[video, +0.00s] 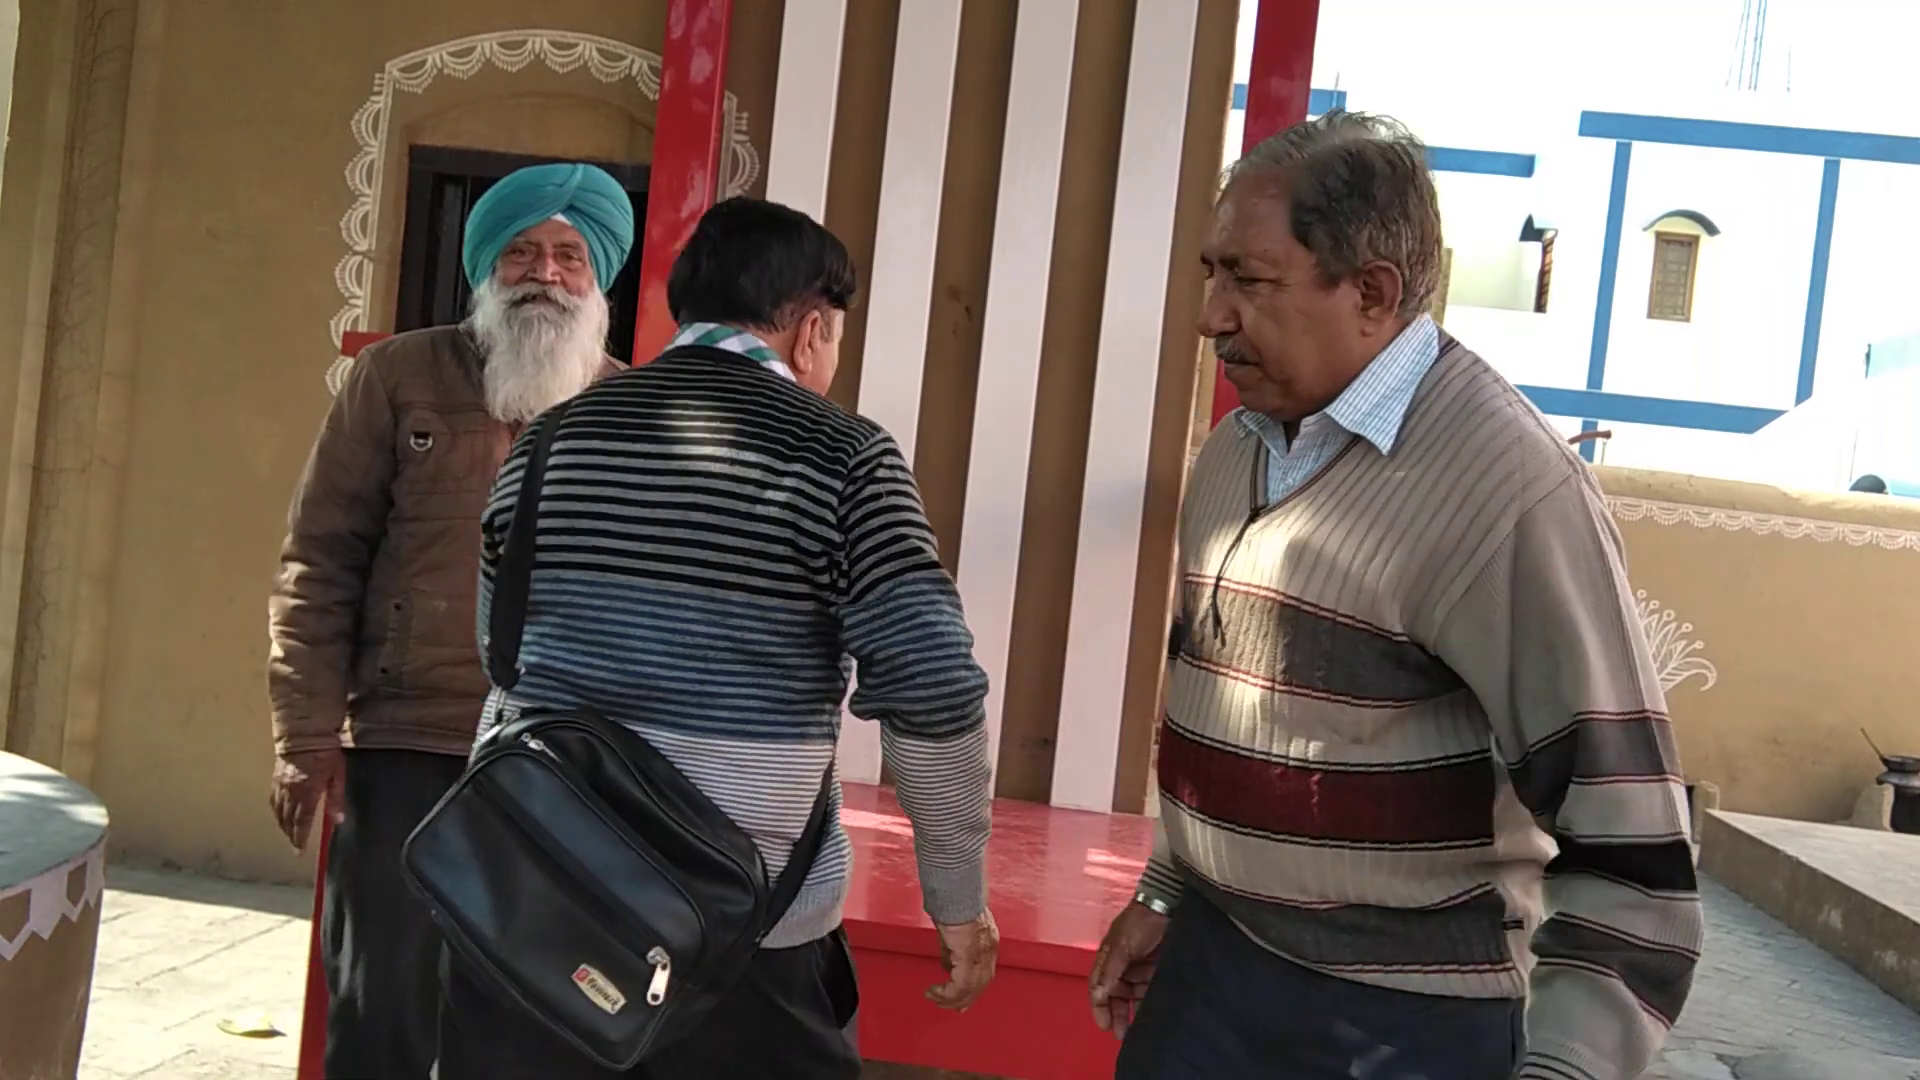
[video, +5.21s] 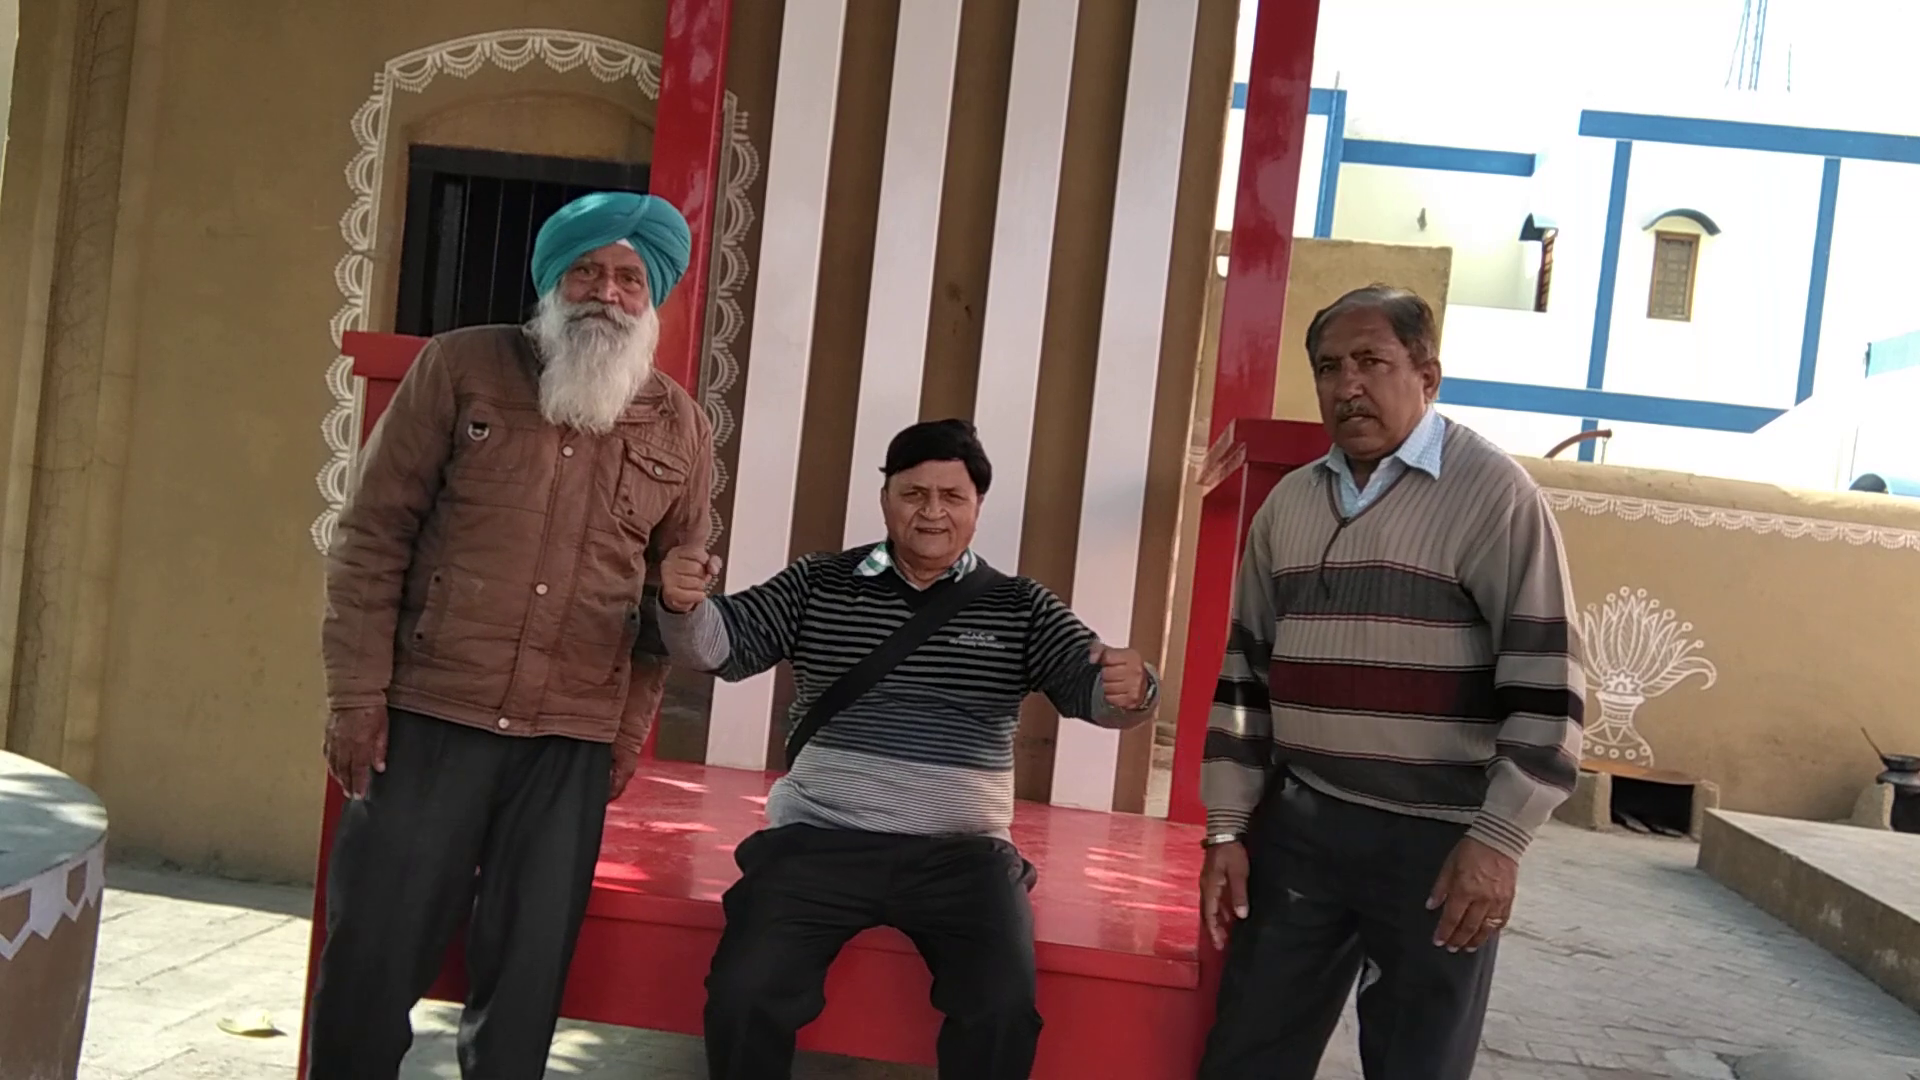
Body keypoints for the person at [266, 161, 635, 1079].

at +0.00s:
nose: (547, 270)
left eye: (571, 254)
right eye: (525, 249)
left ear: (603, 278)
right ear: (486, 265)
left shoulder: (628, 401)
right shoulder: (396, 375)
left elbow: (661, 589)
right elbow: (320, 561)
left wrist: (628, 759)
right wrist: (308, 735)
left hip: (559, 767)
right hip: (409, 760)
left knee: (529, 1027)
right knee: (383, 1019)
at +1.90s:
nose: (599, 338)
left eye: (610, 319)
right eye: (579, 319)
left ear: (618, 314)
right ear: (513, 310)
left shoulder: (616, 411)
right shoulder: (388, 381)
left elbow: (622, 584)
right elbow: (313, 580)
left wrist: (611, 727)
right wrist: (337, 766)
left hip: (549, 782)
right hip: (407, 782)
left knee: (564, 1030)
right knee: (375, 1040)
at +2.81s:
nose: (684, 314)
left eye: (706, 300)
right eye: (664, 292)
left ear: (725, 323)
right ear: (621, 298)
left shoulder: (731, 441)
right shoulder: (524, 370)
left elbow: (704, 600)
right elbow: (418, 530)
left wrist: (669, 728)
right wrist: (397, 695)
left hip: (607, 763)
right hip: (471, 742)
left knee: (566, 1019)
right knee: (408, 1001)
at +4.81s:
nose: (590, 285)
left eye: (612, 271)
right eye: (570, 265)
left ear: (636, 294)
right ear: (532, 276)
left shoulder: (665, 417)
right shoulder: (443, 366)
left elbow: (666, 585)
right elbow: (363, 542)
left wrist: (630, 722)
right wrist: (358, 709)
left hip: (572, 753)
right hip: (435, 741)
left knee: (523, 1005)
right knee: (416, 996)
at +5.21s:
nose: (610, 291)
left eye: (632, 277)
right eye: (591, 269)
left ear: (657, 300)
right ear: (554, 280)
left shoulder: (680, 427)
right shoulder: (460, 365)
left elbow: (676, 593)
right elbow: (374, 533)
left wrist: (631, 728)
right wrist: (357, 697)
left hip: (572, 747)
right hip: (431, 727)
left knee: (524, 999)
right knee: (367, 978)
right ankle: (351, 1074)